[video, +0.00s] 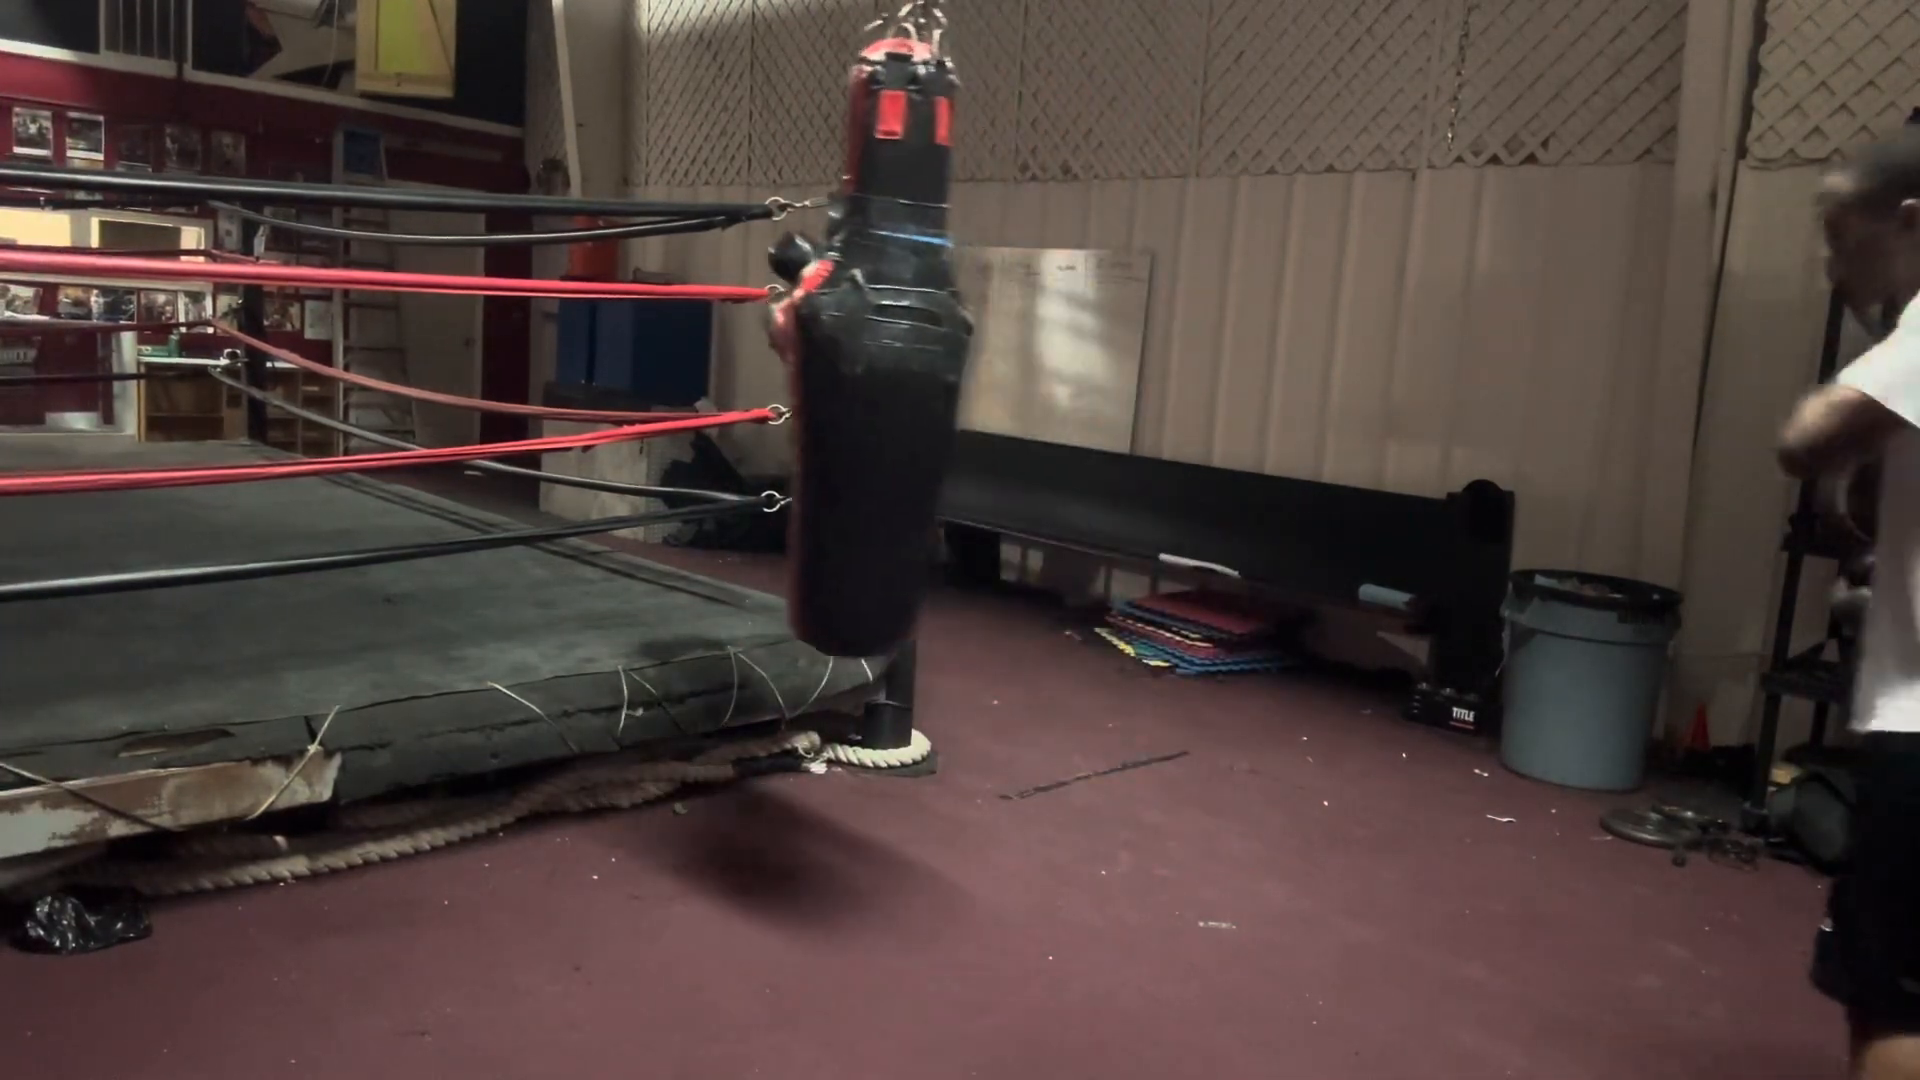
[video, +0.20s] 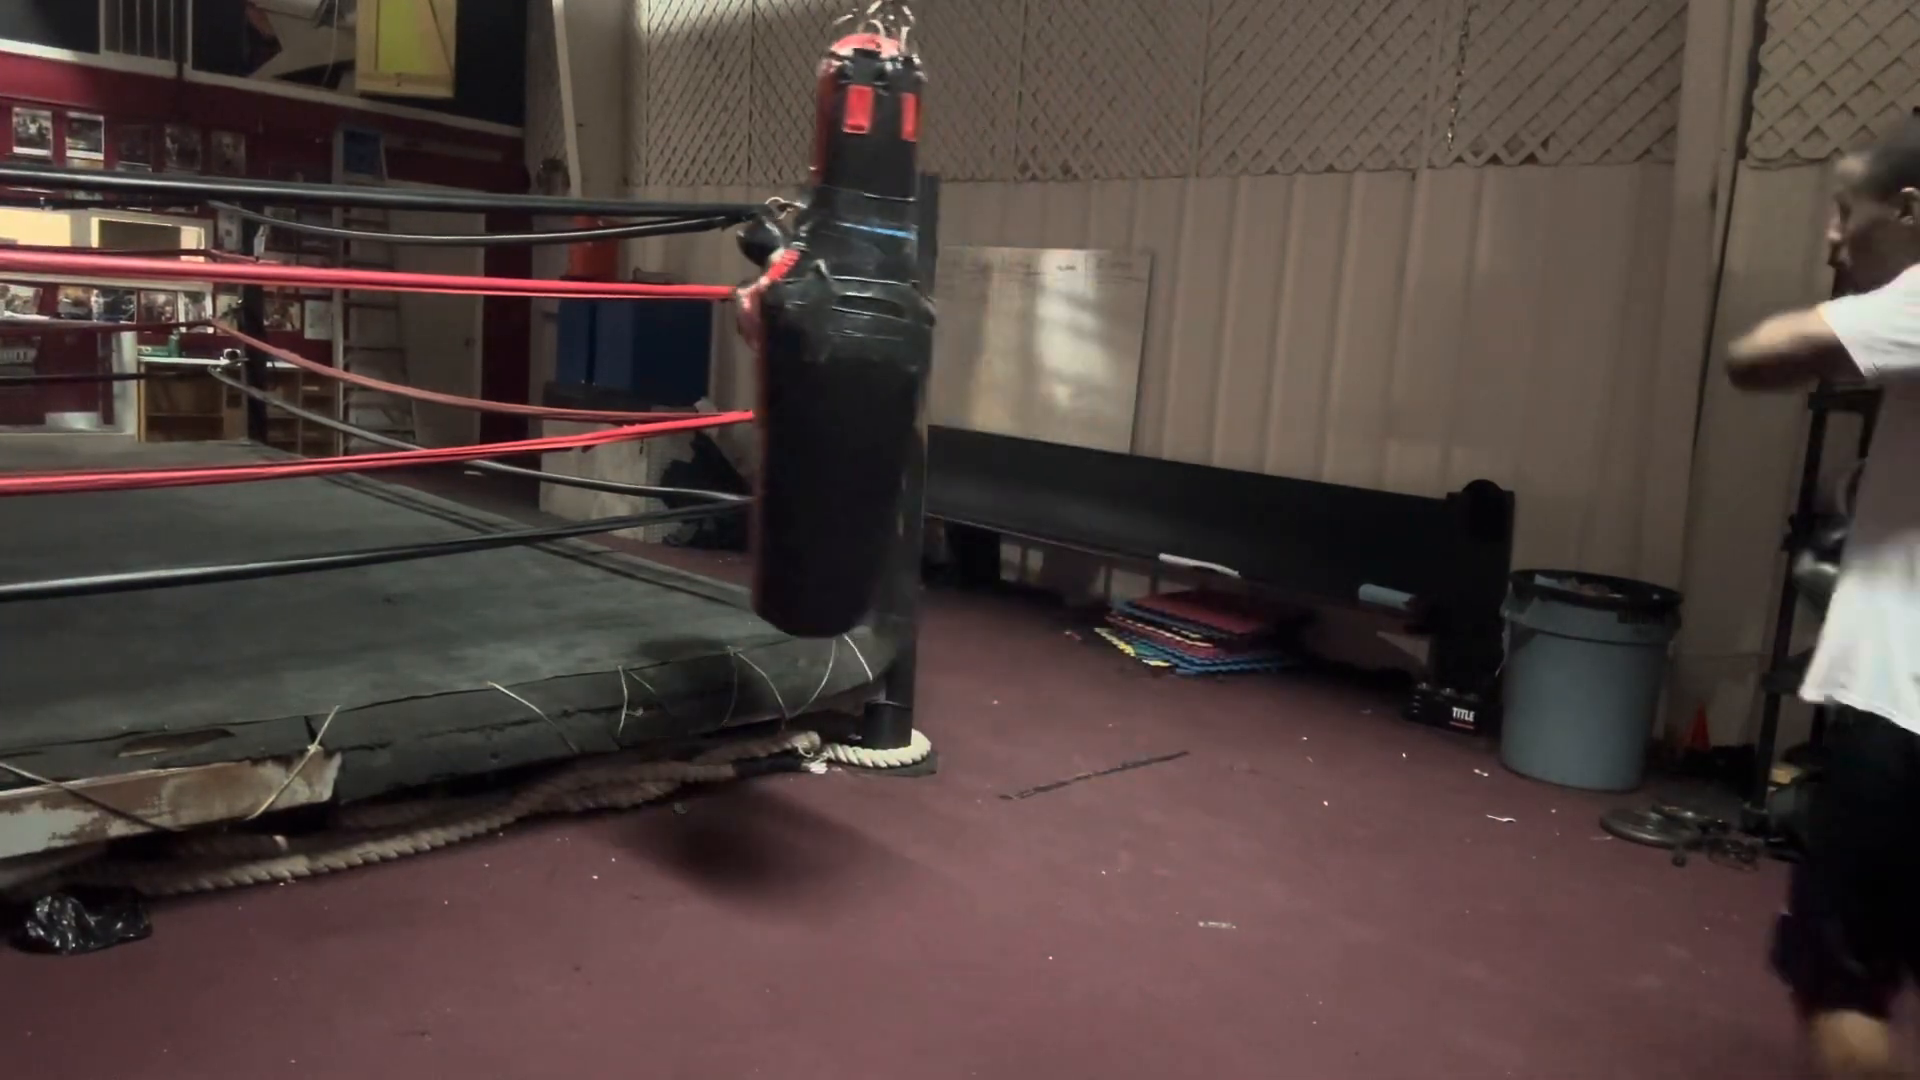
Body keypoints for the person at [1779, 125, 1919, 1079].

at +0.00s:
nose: (1831, 263)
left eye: (1840, 236)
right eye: (1828, 241)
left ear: (1903, 221)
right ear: (1894, 228)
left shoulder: (1918, 325)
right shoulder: (1903, 329)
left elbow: (1808, 438)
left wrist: (1826, 461)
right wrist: (1857, 529)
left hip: (1907, 720)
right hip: (1897, 716)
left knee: (1885, 996)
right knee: (1875, 982)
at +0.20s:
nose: (1831, 237)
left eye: (1845, 212)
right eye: (1832, 213)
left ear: (1906, 210)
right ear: (1907, 213)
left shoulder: (1917, 300)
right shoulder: (1900, 306)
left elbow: (1750, 356)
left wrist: (1845, 326)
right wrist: (1847, 320)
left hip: (1898, 700)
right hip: (1883, 694)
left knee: (1836, 972)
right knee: (1840, 966)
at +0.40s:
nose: (1819, 244)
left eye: (1830, 220)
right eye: (1818, 222)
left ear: (1892, 214)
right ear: (1898, 219)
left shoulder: (1919, 282)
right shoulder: (1905, 290)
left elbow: (1736, 319)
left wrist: (1815, 311)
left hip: (1897, 678)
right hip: (1890, 673)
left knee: (1735, 900)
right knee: (1912, 933)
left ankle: (1795, 1064)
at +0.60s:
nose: (1775, 251)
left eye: (1783, 230)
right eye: (1772, 233)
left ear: (1843, 218)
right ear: (1859, 221)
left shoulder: (1905, 271)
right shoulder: (1894, 284)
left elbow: (1685, 299)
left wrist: (1807, 303)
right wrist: (1798, 536)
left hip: (1865, 690)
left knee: (1699, 919)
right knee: (1916, 960)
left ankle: (1676, 1065)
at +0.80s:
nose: (1683, 232)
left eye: (1692, 215)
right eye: (1683, 215)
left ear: (1739, 209)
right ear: (1794, 209)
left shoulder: (1785, 281)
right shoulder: (1889, 301)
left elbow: (1589, 280)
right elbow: (1798, 416)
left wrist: (1688, 306)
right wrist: (1698, 395)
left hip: (1737, 670)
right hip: (1828, 680)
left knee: (1644, 899)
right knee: (1757, 892)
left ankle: (1636, 1068)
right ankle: (1854, 1059)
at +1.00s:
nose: (1647, 226)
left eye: (1654, 210)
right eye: (1647, 210)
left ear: (1698, 201)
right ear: (1755, 201)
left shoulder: (1743, 275)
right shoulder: (1848, 297)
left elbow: (1551, 262)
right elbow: (1741, 401)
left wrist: (1631, 304)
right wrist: (1628, 361)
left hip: (1689, 651)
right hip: (1757, 652)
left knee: (1633, 890)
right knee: (1661, 857)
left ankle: (1638, 1073)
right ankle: (1769, 1043)